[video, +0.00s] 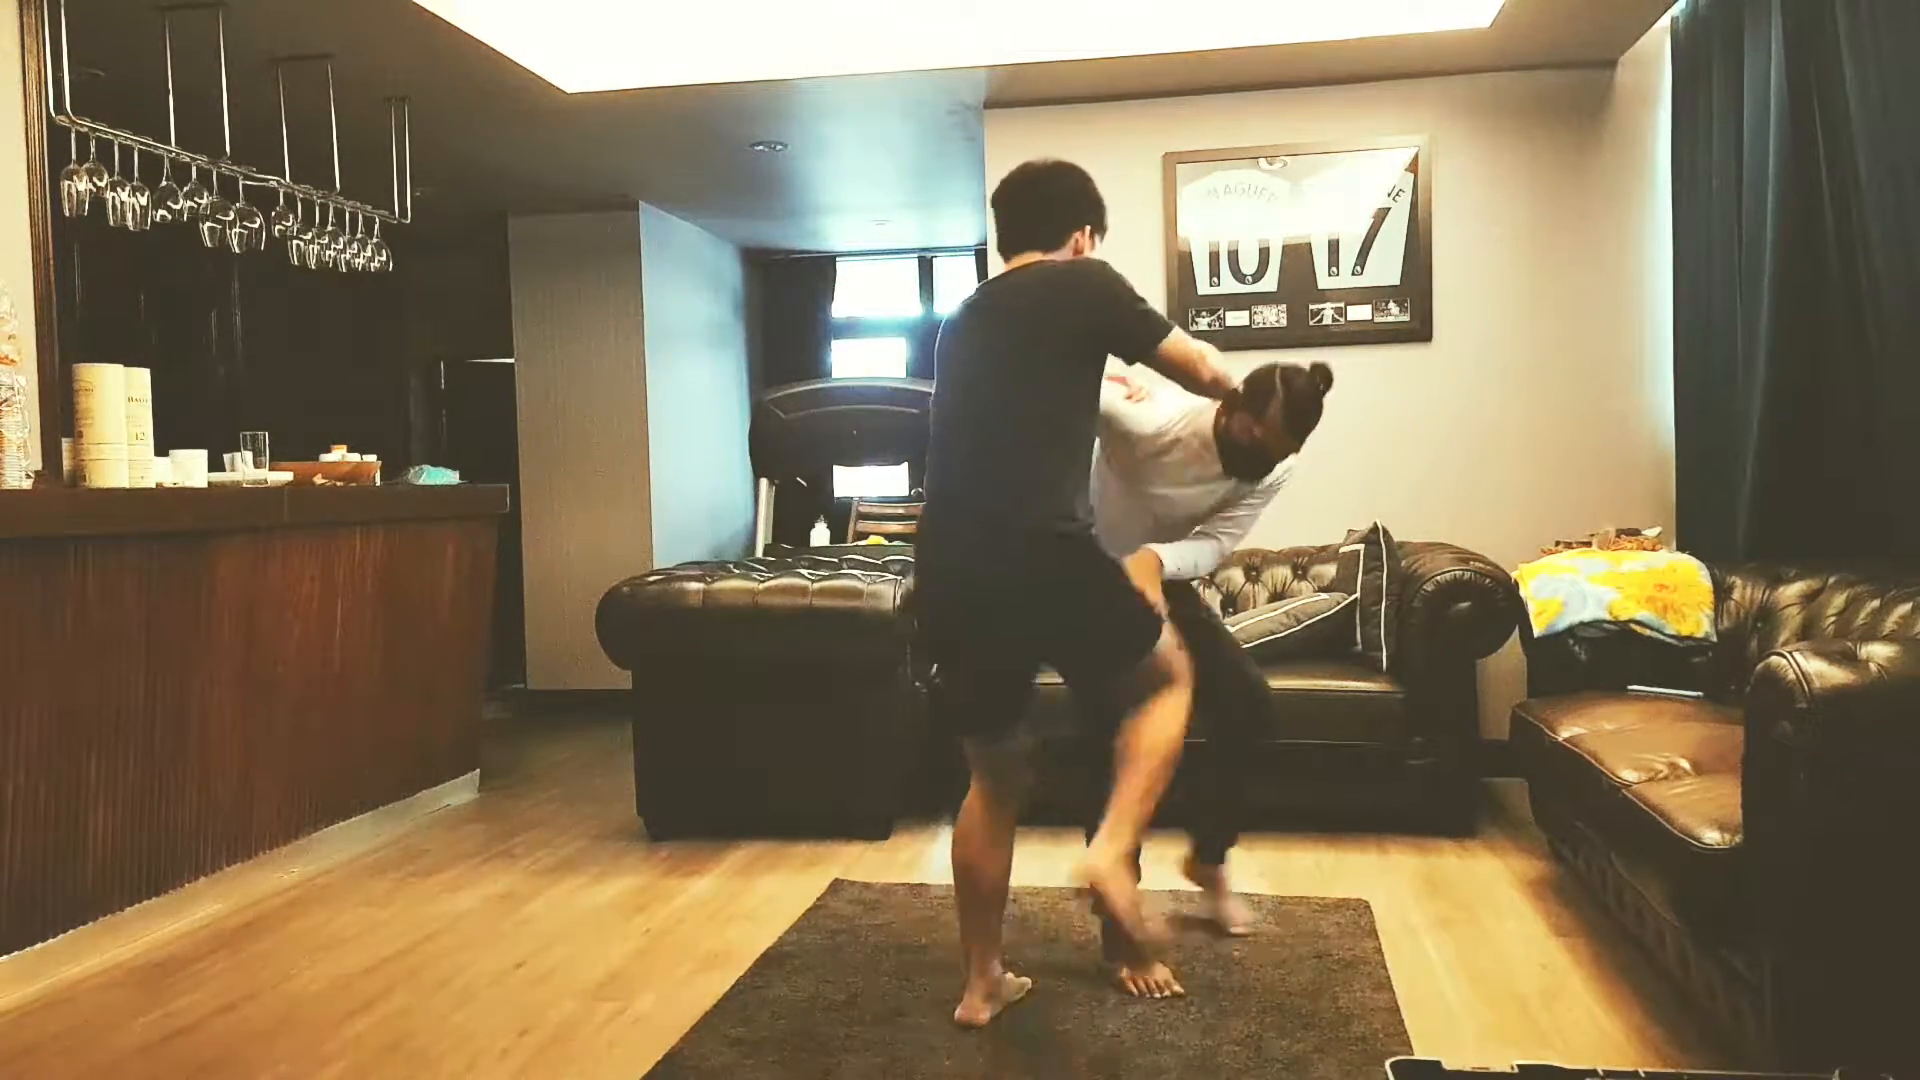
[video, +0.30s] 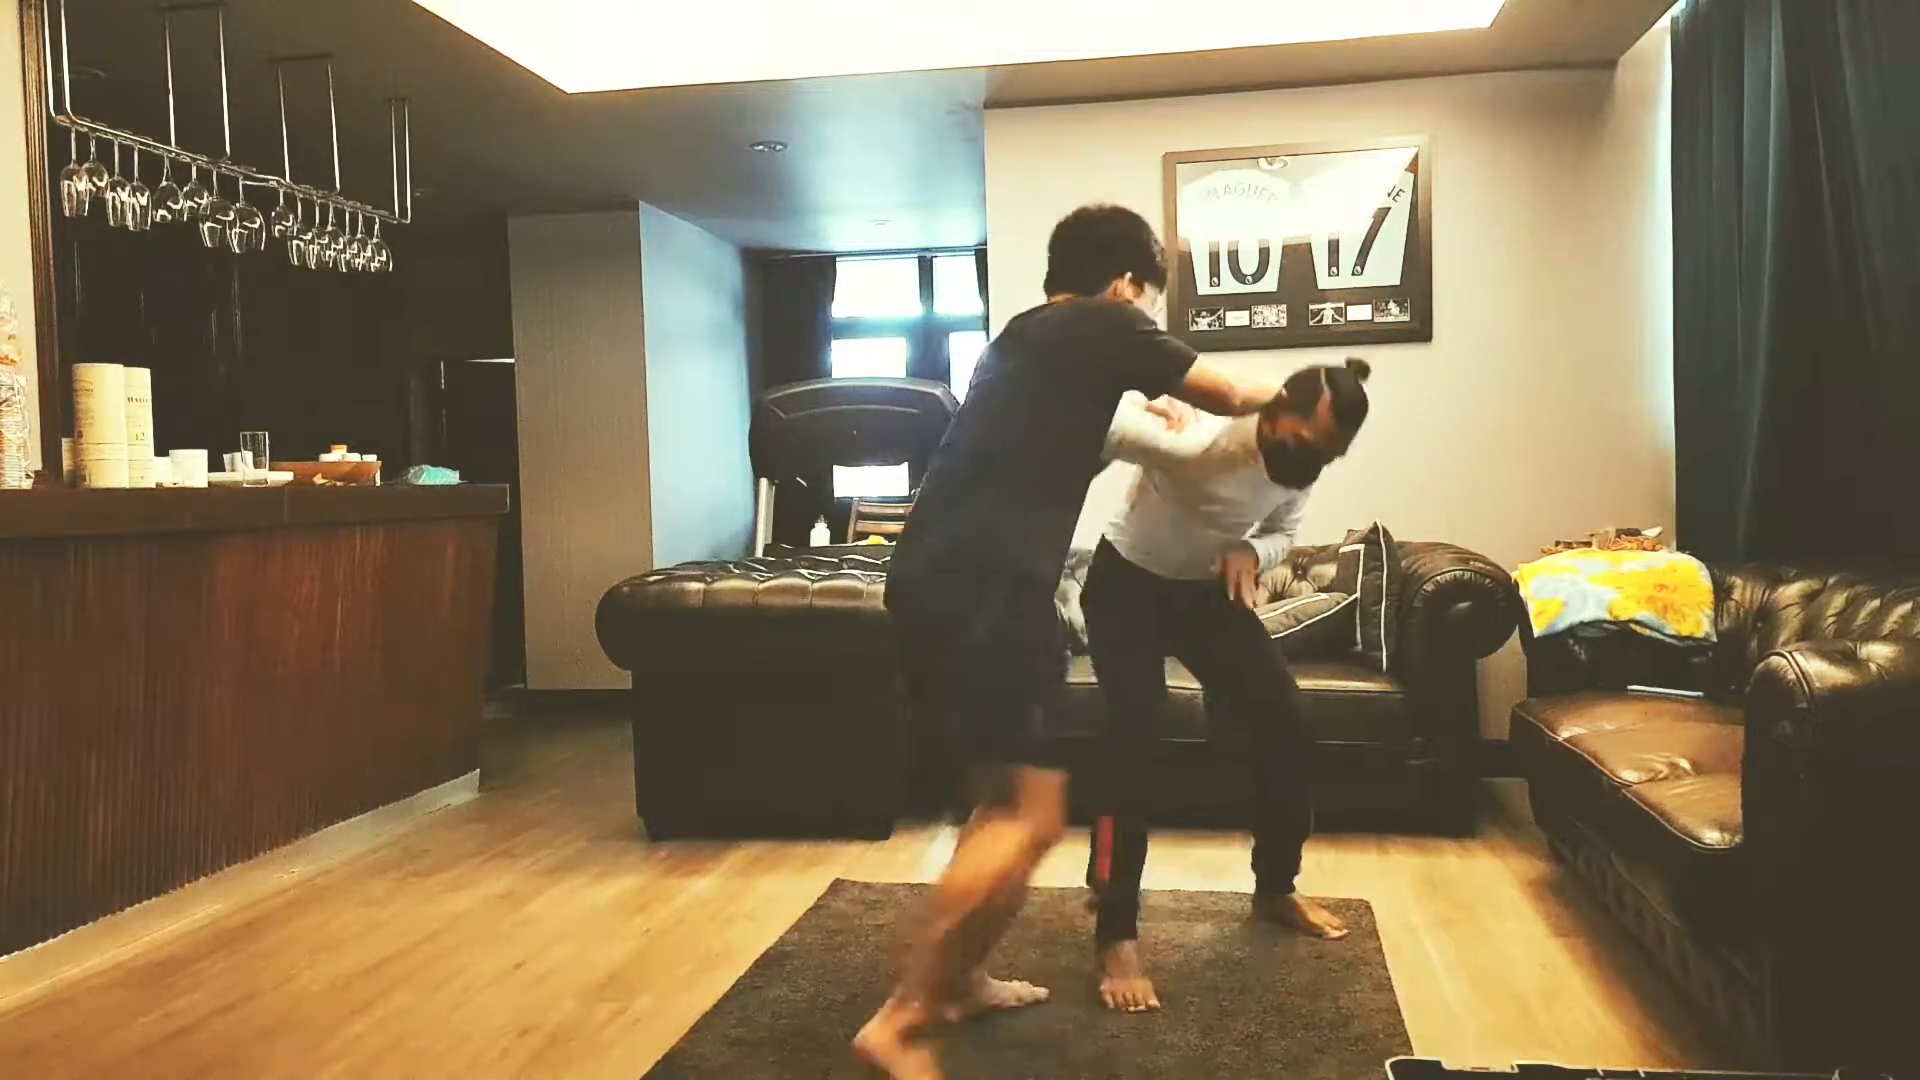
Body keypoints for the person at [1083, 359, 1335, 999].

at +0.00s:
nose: (1264, 462)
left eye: (1277, 456)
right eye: (1260, 446)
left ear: (1291, 442)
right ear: (1236, 409)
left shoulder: (1268, 472)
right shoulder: (1153, 422)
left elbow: (1216, 541)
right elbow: (1064, 382)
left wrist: (1157, 556)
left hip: (1164, 579)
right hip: (1091, 564)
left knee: (1245, 701)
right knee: (1122, 729)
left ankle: (1209, 861)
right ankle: (1119, 918)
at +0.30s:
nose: (1304, 459)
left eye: (1321, 453)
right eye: (1298, 441)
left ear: (1337, 447)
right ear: (1275, 410)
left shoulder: (1301, 470)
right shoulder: (1200, 445)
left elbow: (1283, 530)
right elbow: (1107, 430)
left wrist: (1253, 552)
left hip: (1206, 591)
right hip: (1126, 582)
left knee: (1283, 719)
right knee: (1135, 735)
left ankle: (1276, 891)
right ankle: (1117, 933)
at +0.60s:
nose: (1252, 566)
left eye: (1268, 560)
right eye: (1247, 550)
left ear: (1291, 544)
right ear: (1226, 501)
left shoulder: (1275, 550)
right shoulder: (1148, 508)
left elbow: (1226, 592)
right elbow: (1084, 459)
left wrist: (1173, 580)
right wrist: (1099, 450)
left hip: (1193, 619)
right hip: (1112, 604)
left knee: (1255, 741)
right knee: (1110, 773)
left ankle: (1275, 890)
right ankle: (1113, 944)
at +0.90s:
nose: (1247, 461)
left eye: (1265, 464)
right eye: (1250, 443)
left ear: (1297, 464)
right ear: (1244, 412)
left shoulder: (1295, 479)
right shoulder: (1159, 434)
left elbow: (1273, 557)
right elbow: (1072, 402)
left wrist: (1214, 615)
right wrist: (1060, 471)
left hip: (1200, 588)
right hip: (1108, 581)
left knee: (1267, 740)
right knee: (1115, 756)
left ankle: (1278, 894)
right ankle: (1107, 944)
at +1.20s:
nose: (1197, 521)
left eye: (1213, 519)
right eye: (1193, 507)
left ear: (1253, 502)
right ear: (1192, 466)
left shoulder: (1275, 498)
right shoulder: (1124, 471)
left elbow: (1222, 582)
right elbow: (1046, 446)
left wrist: (1152, 569)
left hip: (1191, 608)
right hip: (1095, 591)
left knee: (1259, 732)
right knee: (1099, 755)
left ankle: (1279, 894)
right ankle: (1105, 946)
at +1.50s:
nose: (1122, 527)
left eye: (1135, 517)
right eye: (1108, 516)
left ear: (1164, 485)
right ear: (1087, 477)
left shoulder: (1220, 477)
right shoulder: (1053, 458)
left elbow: (1167, 581)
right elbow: (986, 471)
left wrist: (1075, 616)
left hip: (1195, 585)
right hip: (1095, 588)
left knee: (1263, 721)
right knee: (1091, 749)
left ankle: (1318, 873)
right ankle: (1103, 944)